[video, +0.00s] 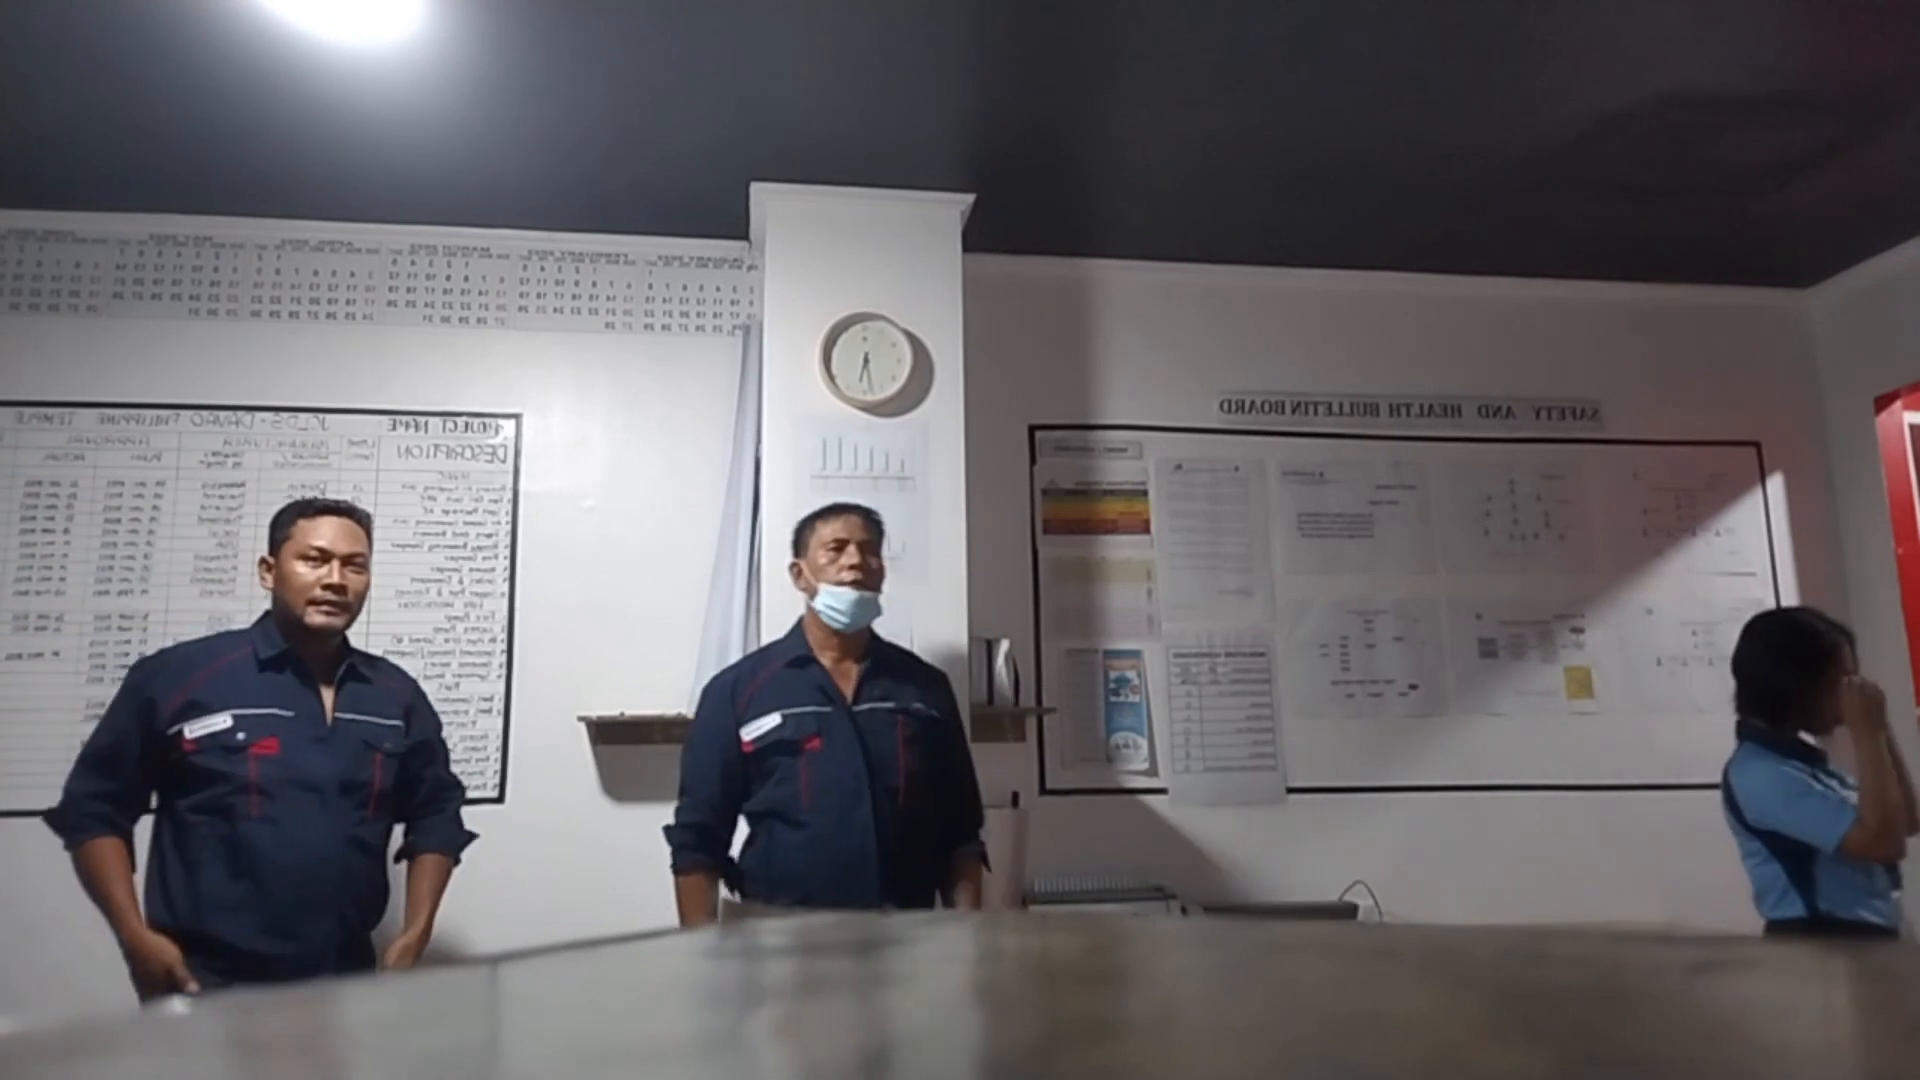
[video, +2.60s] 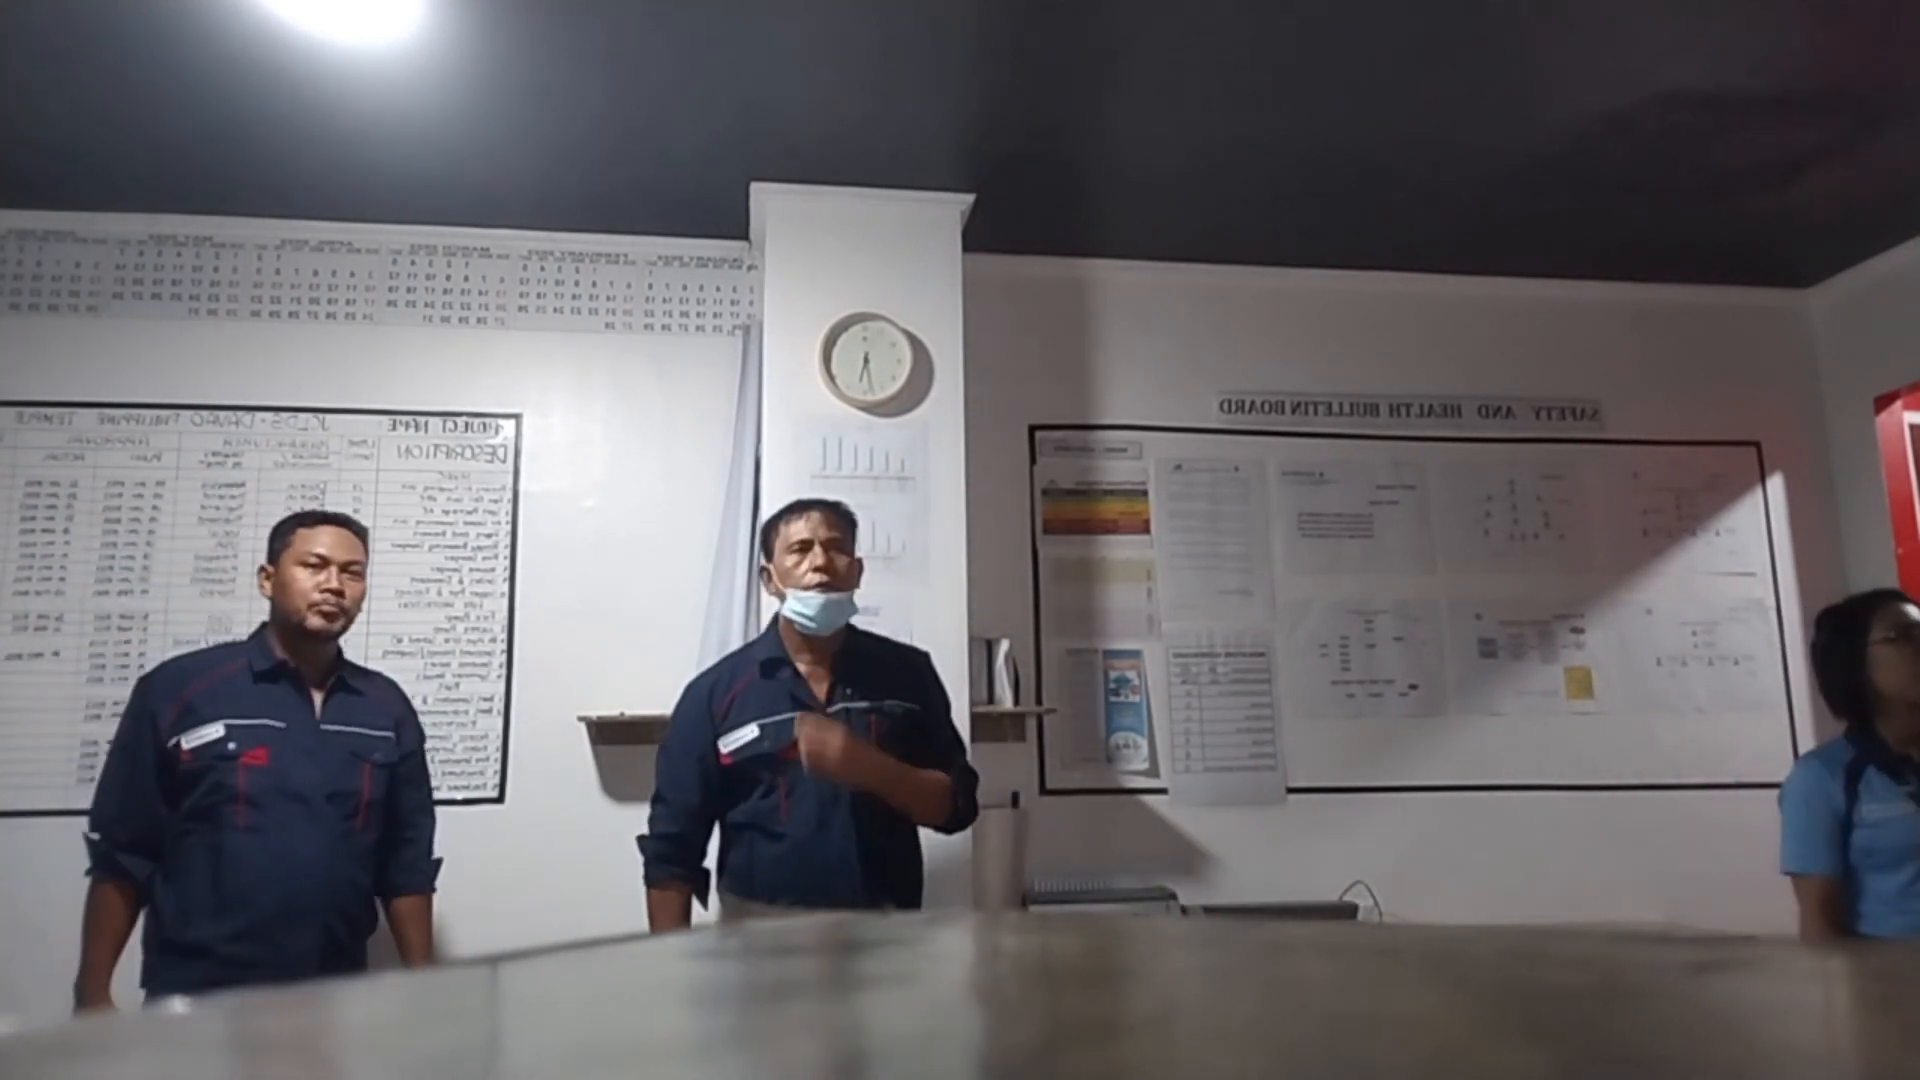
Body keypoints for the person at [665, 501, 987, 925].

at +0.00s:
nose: (856, 561)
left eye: (869, 550)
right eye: (835, 550)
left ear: (882, 572)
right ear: (801, 575)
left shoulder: (927, 688)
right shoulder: (736, 694)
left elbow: (961, 836)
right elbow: (696, 843)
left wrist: (967, 947)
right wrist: (704, 966)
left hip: (908, 943)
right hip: (782, 944)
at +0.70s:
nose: (830, 564)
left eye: (841, 550)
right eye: (808, 555)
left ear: (860, 568)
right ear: (779, 586)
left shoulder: (924, 684)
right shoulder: (733, 706)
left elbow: (975, 810)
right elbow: (701, 863)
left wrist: (960, 917)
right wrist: (724, 977)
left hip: (910, 943)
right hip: (788, 949)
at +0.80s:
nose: (852, 562)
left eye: (864, 549)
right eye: (831, 553)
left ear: (884, 570)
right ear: (802, 583)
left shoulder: (943, 686)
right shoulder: (749, 702)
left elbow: (998, 809)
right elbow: (714, 858)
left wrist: (957, 843)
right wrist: (733, 977)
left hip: (924, 944)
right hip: (801, 948)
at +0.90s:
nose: (880, 564)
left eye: (892, 552)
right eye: (859, 552)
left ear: (909, 575)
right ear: (828, 579)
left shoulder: (959, 688)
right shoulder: (768, 698)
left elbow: (1010, 824)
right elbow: (730, 852)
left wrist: (943, 771)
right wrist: (744, 973)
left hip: (938, 940)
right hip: (814, 943)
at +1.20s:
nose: (947, 571)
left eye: (962, 561)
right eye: (928, 557)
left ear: (978, 584)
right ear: (893, 580)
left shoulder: (1003, 693)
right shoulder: (818, 688)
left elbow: (1041, 823)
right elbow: (770, 824)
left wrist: (960, 728)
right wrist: (773, 947)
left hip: (974, 944)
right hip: (851, 945)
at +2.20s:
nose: (887, 567)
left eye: (906, 556)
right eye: (870, 554)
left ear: (927, 584)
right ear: (841, 580)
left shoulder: (963, 689)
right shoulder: (770, 686)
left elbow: (989, 821)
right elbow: (721, 826)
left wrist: (907, 719)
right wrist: (728, 946)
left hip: (924, 942)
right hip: (802, 940)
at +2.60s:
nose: (821, 562)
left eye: (835, 549)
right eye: (800, 550)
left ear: (856, 572)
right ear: (770, 576)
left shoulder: (908, 673)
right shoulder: (714, 697)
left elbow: (957, 807)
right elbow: (672, 854)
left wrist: (862, 764)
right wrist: (675, 983)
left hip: (882, 941)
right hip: (760, 943)